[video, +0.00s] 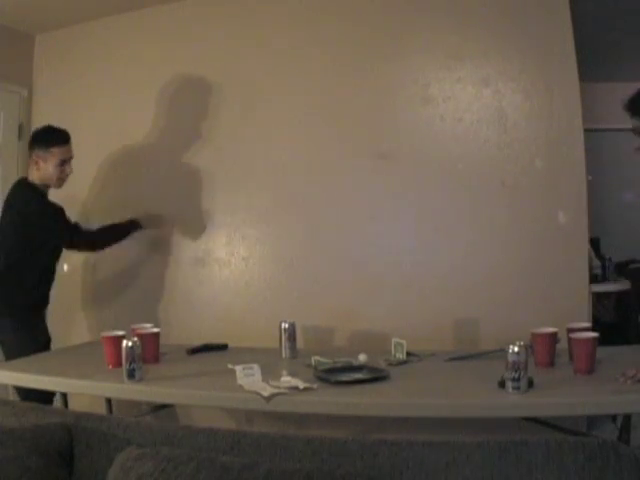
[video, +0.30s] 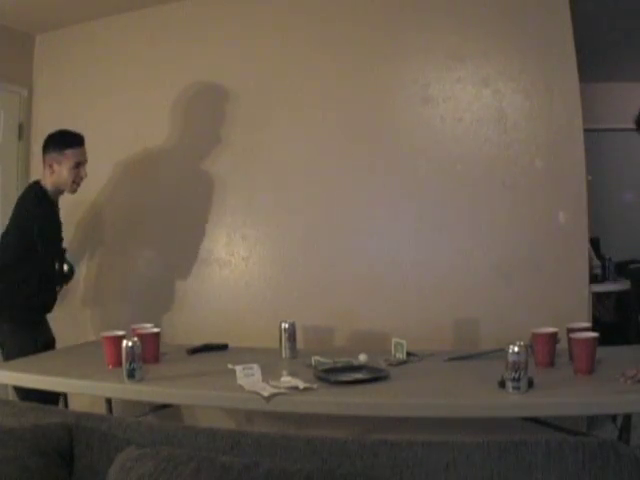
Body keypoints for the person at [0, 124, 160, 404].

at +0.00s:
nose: (69, 170)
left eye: (69, 162)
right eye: (63, 163)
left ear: (39, 163)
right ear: (37, 162)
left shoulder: (24, 196)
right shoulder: (38, 209)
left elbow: (83, 240)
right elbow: (87, 241)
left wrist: (130, 226)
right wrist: (134, 225)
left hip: (19, 318)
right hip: (20, 322)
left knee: (37, 401)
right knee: (39, 401)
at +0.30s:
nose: (83, 174)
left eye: (84, 165)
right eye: (77, 166)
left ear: (54, 168)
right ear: (51, 167)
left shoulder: (46, 201)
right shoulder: (36, 204)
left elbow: (53, 254)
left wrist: (60, 270)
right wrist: (62, 274)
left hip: (31, 315)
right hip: (17, 318)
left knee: (50, 398)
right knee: (41, 401)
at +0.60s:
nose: (95, 167)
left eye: (96, 159)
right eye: (89, 159)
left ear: (67, 161)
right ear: (64, 159)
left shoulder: (60, 199)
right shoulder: (47, 201)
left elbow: (64, 257)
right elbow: (62, 264)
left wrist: (89, 279)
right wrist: (94, 279)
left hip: (44, 309)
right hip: (26, 311)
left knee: (69, 390)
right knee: (36, 397)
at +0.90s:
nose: (127, 171)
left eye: (128, 163)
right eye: (121, 163)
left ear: (101, 165)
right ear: (98, 164)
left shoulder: (96, 203)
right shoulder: (81, 204)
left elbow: (76, 264)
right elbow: (69, 267)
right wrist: (105, 297)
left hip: (73, 307)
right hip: (59, 309)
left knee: (91, 381)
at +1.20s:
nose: (144, 179)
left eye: (148, 173)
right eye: (141, 171)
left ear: (125, 165)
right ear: (121, 164)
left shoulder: (126, 200)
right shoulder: (95, 202)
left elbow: (124, 253)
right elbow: (66, 259)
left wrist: (140, 288)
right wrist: (92, 300)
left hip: (114, 299)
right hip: (90, 303)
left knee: (115, 373)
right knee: (106, 373)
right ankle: (93, 437)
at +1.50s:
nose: (170, 188)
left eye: (174, 181)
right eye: (166, 180)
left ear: (175, 177)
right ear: (146, 171)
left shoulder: (162, 206)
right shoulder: (118, 209)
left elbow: (170, 242)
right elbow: (87, 257)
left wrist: (194, 259)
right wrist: (113, 295)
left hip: (153, 304)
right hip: (127, 307)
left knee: (120, 376)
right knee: (166, 371)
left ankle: (92, 432)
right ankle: (189, 439)